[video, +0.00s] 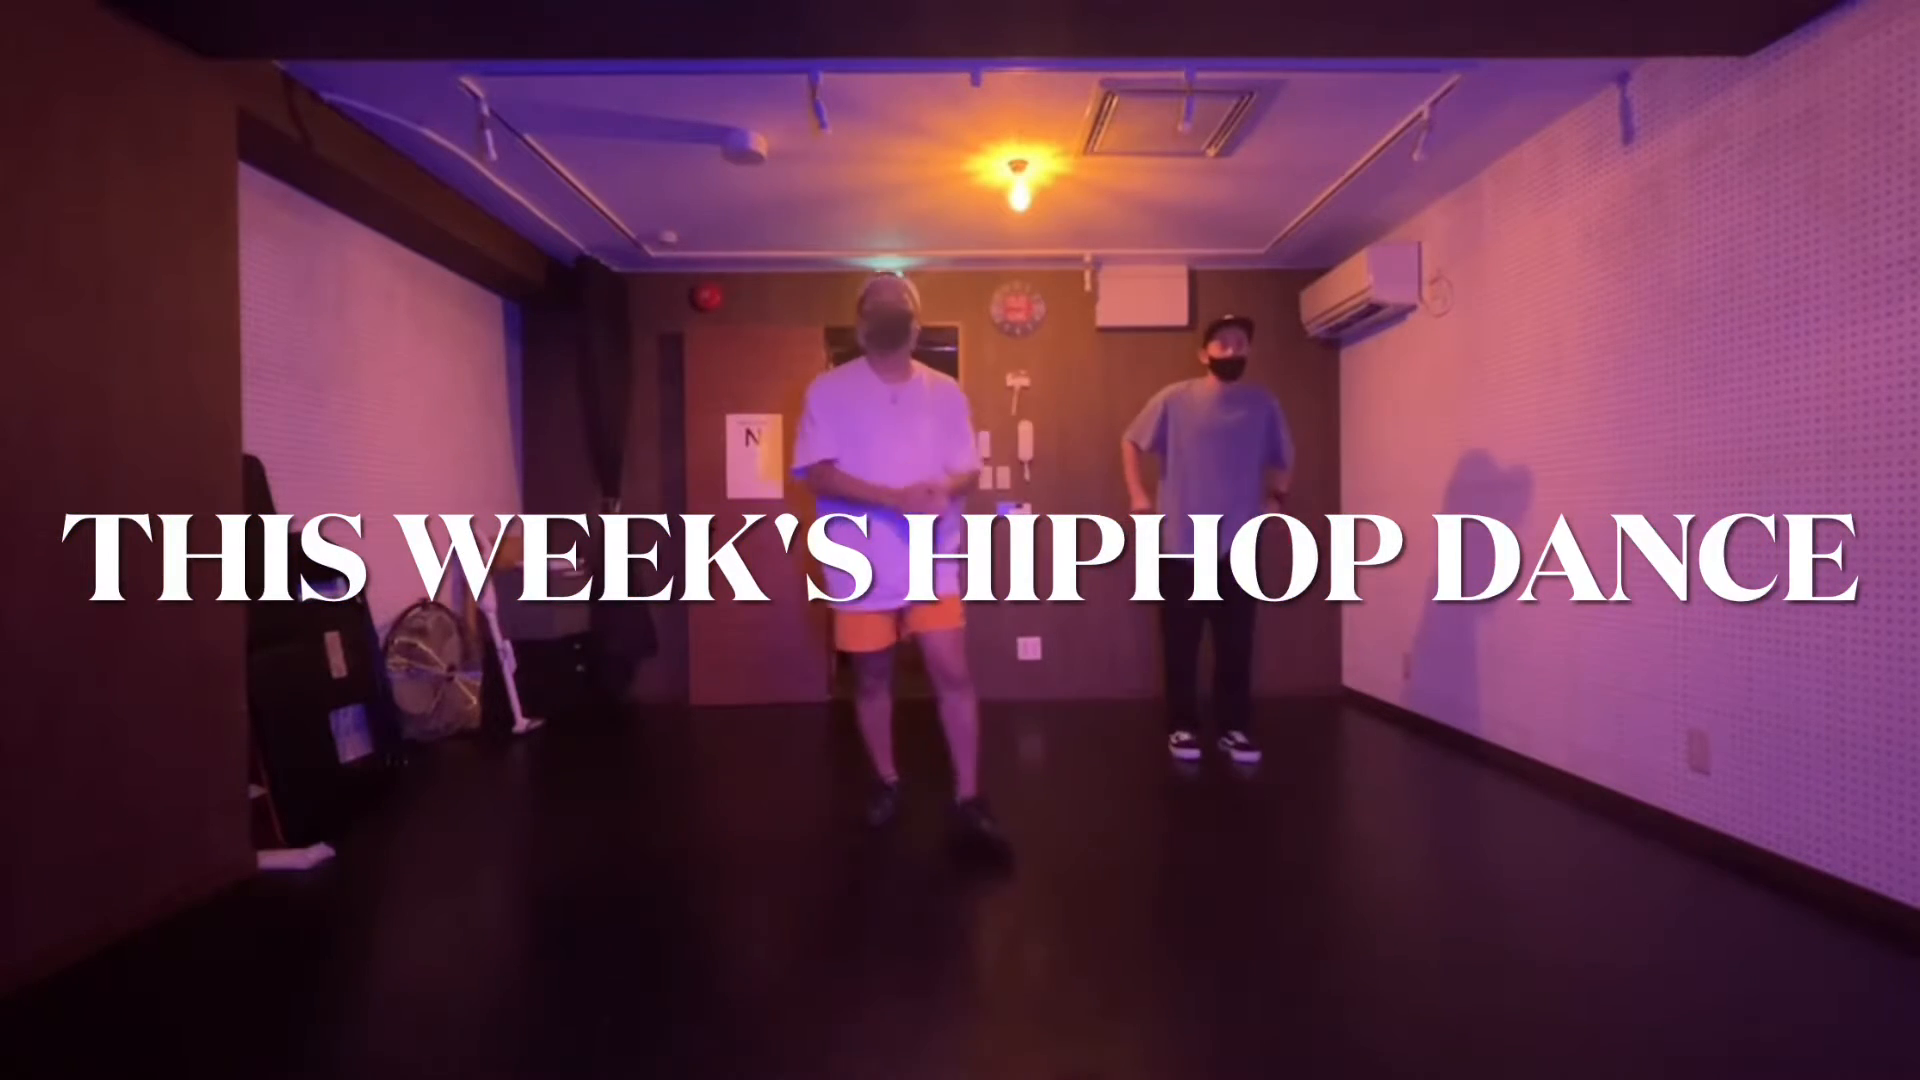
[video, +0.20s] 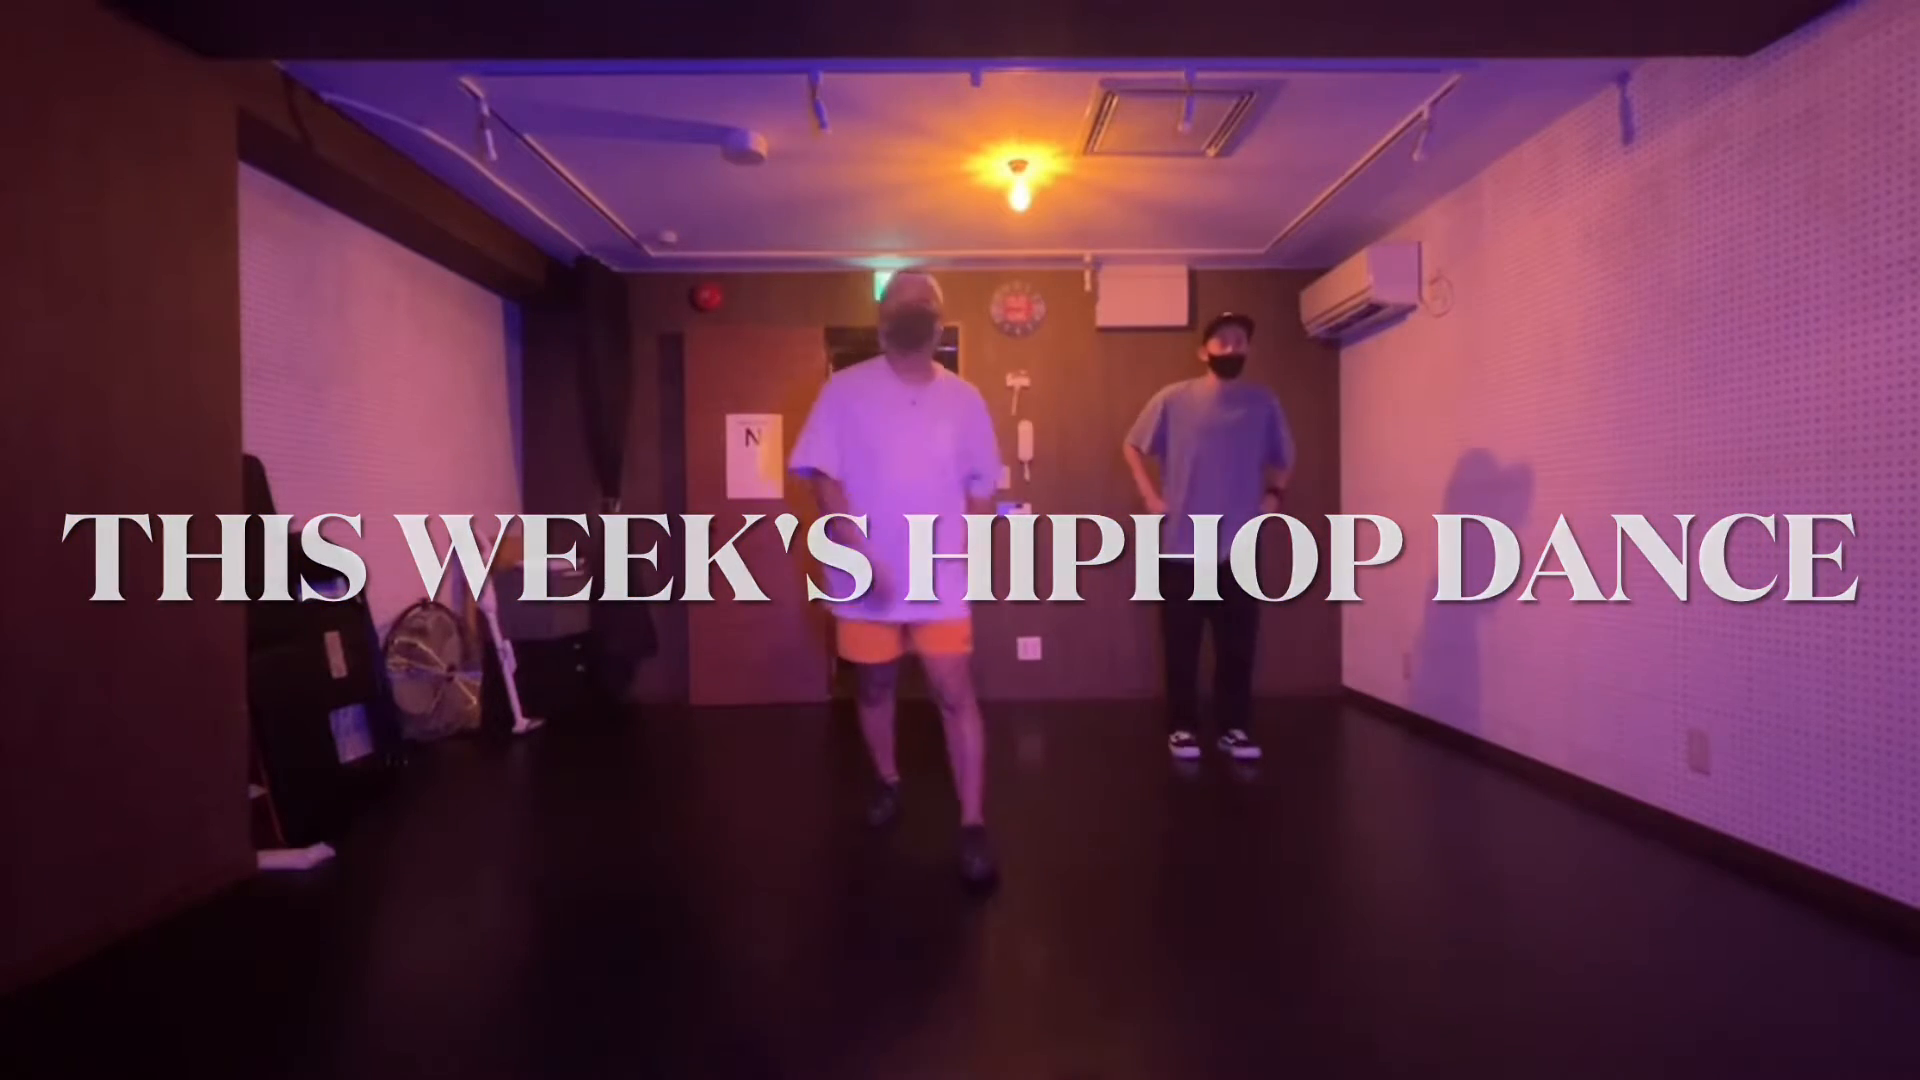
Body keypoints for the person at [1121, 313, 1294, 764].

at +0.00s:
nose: (1230, 351)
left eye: (1239, 344)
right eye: (1222, 343)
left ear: (1249, 353)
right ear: (1204, 351)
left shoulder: (1263, 404)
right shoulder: (1175, 397)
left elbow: (1283, 466)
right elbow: (1132, 441)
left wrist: (1272, 499)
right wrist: (1137, 493)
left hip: (1239, 545)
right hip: (1180, 544)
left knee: (1236, 642)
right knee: (1181, 642)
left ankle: (1234, 728)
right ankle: (1182, 728)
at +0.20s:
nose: (1230, 349)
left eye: (1239, 342)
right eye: (1222, 341)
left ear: (1249, 352)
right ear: (1204, 350)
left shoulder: (1263, 402)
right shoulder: (1173, 398)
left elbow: (1283, 463)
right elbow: (1133, 447)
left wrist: (1269, 500)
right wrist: (1153, 499)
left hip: (1239, 545)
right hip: (1181, 544)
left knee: (1237, 642)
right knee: (1181, 641)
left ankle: (1234, 729)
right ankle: (1182, 729)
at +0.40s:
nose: (1234, 354)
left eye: (1240, 346)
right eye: (1224, 346)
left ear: (1250, 354)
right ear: (1205, 355)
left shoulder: (1264, 407)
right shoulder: (1180, 404)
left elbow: (1310, 458)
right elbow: (1131, 451)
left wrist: (1281, 493)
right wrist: (1159, 502)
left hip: (1245, 546)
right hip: (1189, 546)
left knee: (1246, 639)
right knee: (1192, 636)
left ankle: (1236, 728)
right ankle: (1184, 720)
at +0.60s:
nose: (1219, 362)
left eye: (1226, 354)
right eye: (1209, 354)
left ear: (1238, 359)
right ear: (1193, 362)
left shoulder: (1264, 411)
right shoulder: (1176, 414)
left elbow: (1312, 467)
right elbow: (1129, 465)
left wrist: (1278, 510)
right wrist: (1163, 513)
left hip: (1248, 547)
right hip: (1192, 547)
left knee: (1251, 631)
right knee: (1202, 617)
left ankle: (1241, 729)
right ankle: (1205, 686)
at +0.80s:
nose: (1183, 359)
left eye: (1191, 349)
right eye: (1173, 351)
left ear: (1205, 351)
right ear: (1158, 359)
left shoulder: (1243, 402)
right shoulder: (1151, 422)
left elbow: (1287, 452)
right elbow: (1133, 480)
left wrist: (1265, 507)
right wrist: (1161, 518)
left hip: (1244, 546)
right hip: (1188, 551)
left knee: (1242, 642)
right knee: (1197, 645)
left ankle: (1236, 731)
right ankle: (1201, 744)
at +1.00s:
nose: (1139, 366)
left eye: (1147, 355)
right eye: (1128, 359)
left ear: (1163, 355)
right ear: (1118, 367)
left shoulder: (1200, 405)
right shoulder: (1133, 433)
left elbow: (1234, 470)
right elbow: (1160, 514)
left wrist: (1235, 538)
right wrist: (1148, 564)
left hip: (1227, 553)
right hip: (1175, 562)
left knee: (1251, 640)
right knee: (1173, 665)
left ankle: (1263, 715)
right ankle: (1193, 767)